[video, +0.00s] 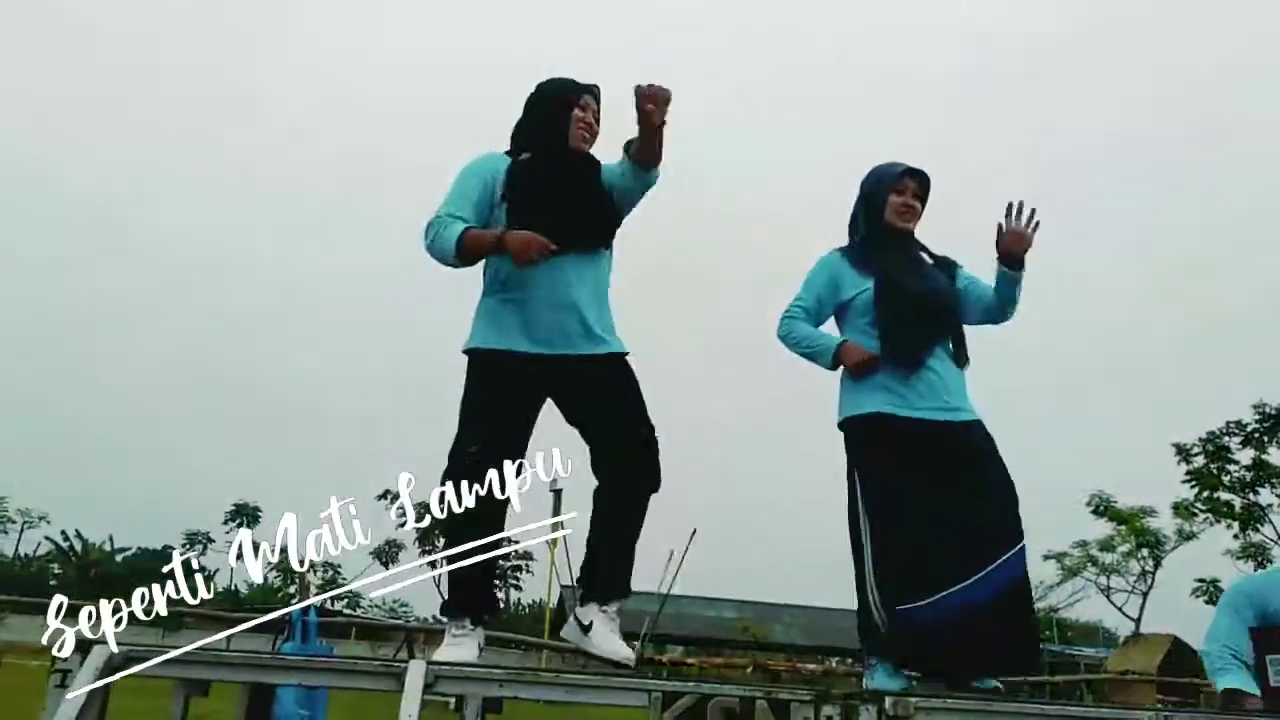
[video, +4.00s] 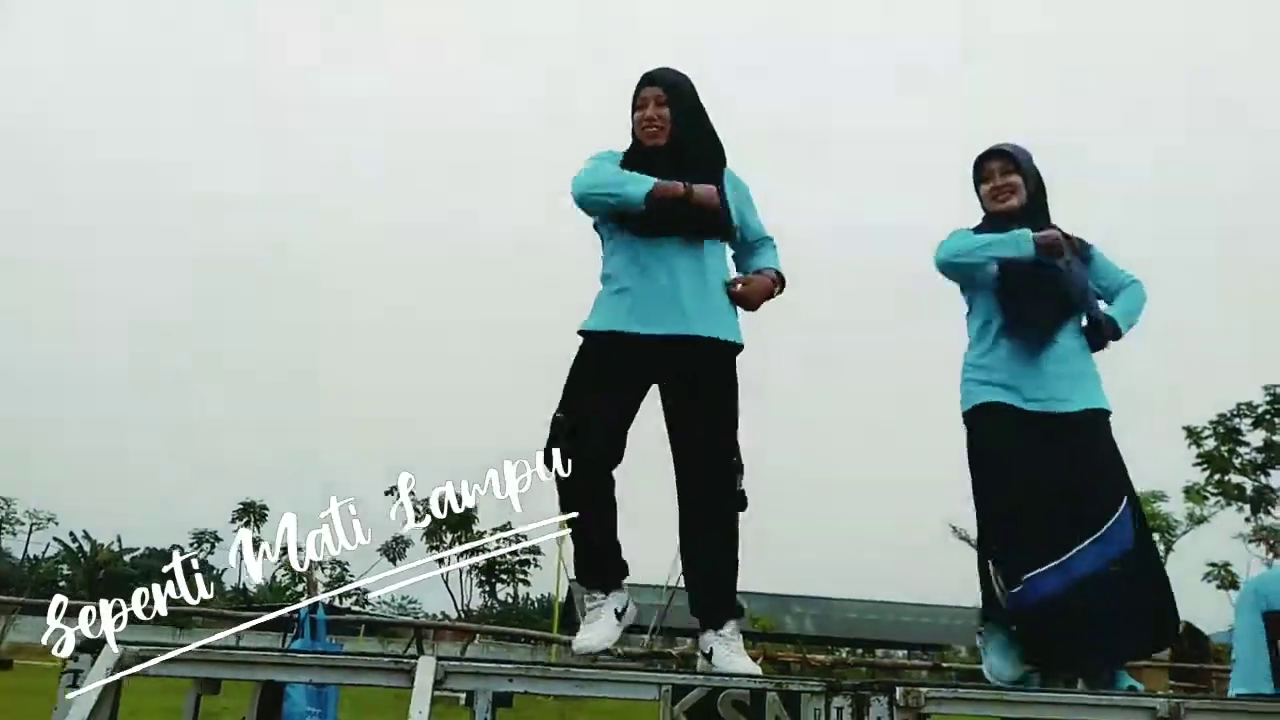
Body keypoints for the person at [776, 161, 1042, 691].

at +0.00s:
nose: (909, 202)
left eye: (917, 198)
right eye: (899, 193)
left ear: (923, 209)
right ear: (872, 197)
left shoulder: (938, 270)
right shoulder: (840, 264)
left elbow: (998, 308)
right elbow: (791, 325)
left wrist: (1010, 264)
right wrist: (837, 349)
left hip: (951, 415)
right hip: (880, 414)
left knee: (983, 524)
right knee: (887, 536)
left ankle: (971, 660)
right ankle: (883, 659)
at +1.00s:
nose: (957, 181)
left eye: (967, 172)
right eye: (946, 177)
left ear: (989, 183)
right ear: (938, 193)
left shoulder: (1028, 251)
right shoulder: (923, 243)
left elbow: (1076, 290)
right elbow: (837, 250)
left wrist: (1060, 325)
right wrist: (895, 244)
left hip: (1016, 404)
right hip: (937, 398)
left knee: (1035, 531)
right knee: (910, 524)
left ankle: (1056, 667)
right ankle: (874, 647)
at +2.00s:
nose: (842, 186)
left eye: (852, 182)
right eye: (831, 177)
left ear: (859, 198)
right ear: (808, 186)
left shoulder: (874, 263)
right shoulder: (775, 247)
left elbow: (925, 290)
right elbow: (709, 274)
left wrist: (966, 314)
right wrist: (648, 269)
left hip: (861, 409)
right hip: (786, 403)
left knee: (882, 528)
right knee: (778, 525)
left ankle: (895, 655)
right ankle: (764, 656)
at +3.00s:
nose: (946, 194)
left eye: (950, 188)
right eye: (937, 185)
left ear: (952, 200)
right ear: (905, 188)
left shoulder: (971, 260)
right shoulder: (872, 255)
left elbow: (1029, 295)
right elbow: (814, 303)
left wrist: (1037, 250)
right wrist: (872, 331)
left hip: (982, 410)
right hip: (908, 410)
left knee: (996, 533)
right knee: (920, 535)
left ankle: (1009, 667)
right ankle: (926, 662)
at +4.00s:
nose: (999, 183)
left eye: (1009, 173)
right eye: (989, 178)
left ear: (1033, 181)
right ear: (979, 193)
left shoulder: (1068, 246)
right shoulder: (974, 242)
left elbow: (1131, 287)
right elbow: (947, 256)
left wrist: (1113, 322)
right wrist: (1031, 243)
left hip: (1073, 394)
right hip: (999, 394)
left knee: (1099, 520)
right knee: (1011, 515)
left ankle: (1103, 657)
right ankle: (1004, 632)